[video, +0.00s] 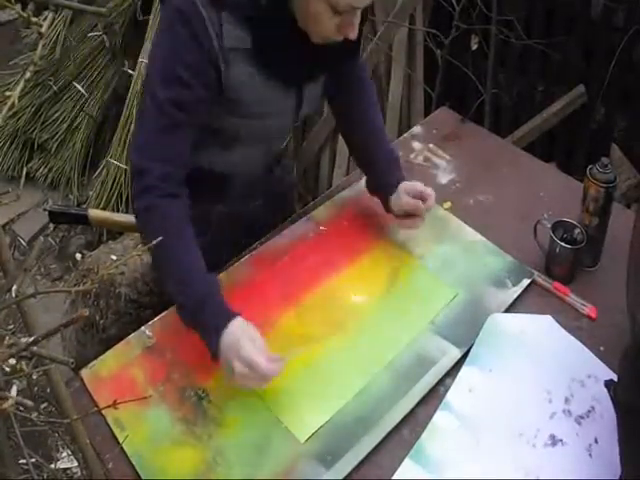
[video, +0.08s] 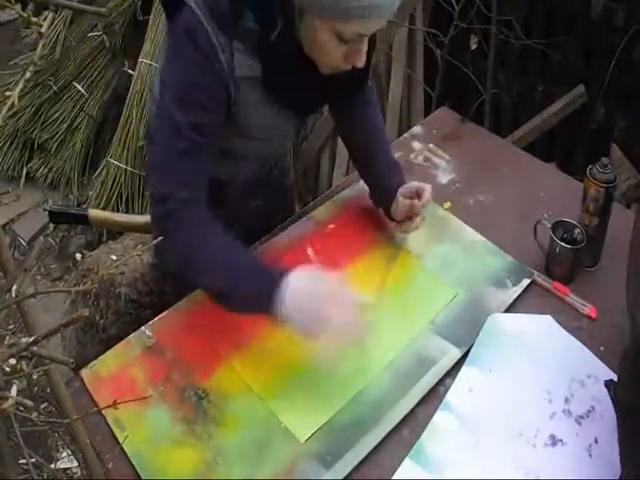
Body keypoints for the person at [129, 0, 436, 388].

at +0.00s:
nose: (351, 29)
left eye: (360, 13)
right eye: (339, 11)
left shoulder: (326, 23)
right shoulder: (196, 21)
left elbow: (352, 93)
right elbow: (156, 187)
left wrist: (391, 184)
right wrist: (217, 322)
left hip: (271, 194)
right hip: (202, 209)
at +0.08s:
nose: (358, 59)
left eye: (367, 39)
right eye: (345, 39)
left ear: (378, 22)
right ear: (294, 12)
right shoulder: (205, 35)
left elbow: (353, 98)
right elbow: (177, 219)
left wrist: (392, 190)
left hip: (272, 206)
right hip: (204, 221)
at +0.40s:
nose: (367, 68)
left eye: (377, 47)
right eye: (352, 46)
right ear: (305, 17)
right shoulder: (216, 42)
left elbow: (358, 111)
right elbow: (212, 199)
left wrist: (396, 200)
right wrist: (303, 283)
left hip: (269, 173)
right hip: (195, 182)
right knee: (197, 305)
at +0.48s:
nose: (371, 64)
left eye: (382, 48)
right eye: (358, 46)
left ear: (395, 28)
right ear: (314, 14)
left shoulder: (349, 46)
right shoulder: (215, 33)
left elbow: (366, 120)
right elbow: (123, 121)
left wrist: (400, 199)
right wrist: (62, 244)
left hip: (273, 189)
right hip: (201, 195)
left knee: (275, 289)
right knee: (197, 304)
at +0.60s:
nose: (377, 67)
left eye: (385, 52)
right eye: (366, 52)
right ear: (316, 25)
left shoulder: (344, 47)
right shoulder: (209, 35)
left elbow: (367, 123)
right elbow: (108, 53)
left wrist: (399, 200)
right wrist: (146, 187)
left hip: (271, 188)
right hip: (199, 196)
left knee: (272, 294)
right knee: (200, 306)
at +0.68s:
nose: (377, 49)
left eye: (384, 31)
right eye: (364, 32)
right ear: (314, 10)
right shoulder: (224, 27)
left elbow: (359, 103)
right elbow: (257, 225)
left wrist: (398, 196)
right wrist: (385, 240)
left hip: (272, 170)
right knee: (205, 316)